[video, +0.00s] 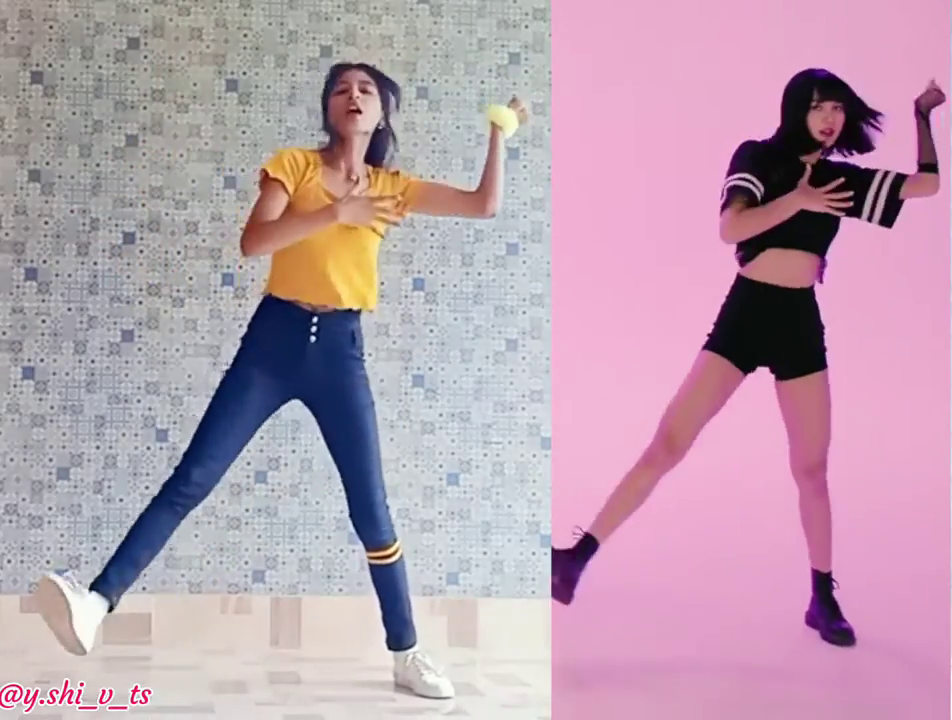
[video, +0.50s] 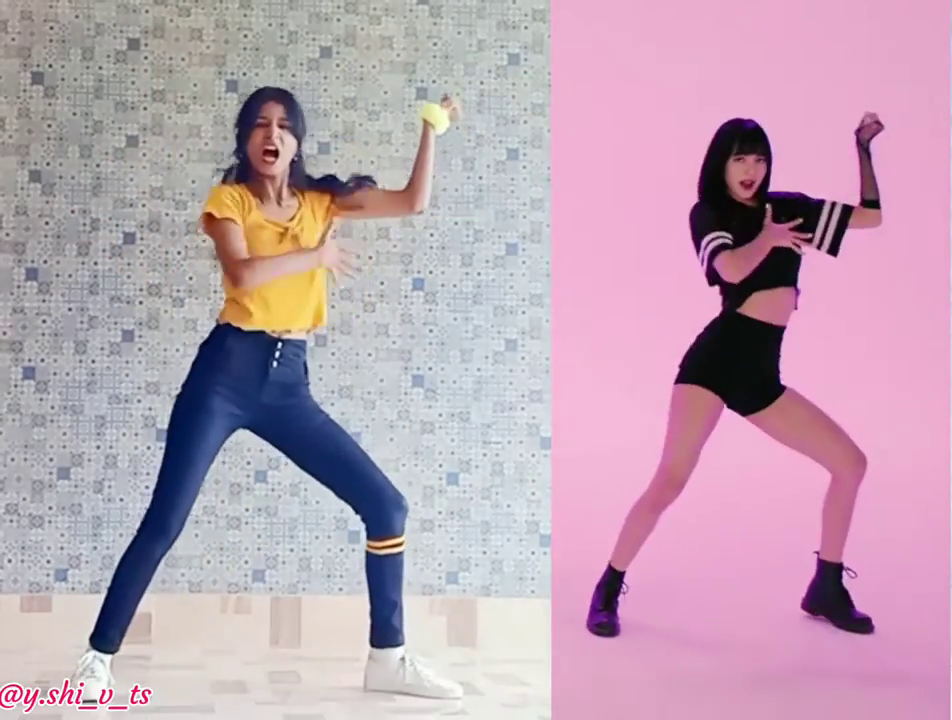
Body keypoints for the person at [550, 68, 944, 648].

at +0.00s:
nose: (829, 118)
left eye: (837, 109)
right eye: (818, 108)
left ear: (847, 117)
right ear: (796, 111)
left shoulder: (840, 177)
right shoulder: (758, 156)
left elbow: (927, 184)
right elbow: (731, 229)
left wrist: (923, 119)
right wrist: (796, 201)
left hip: (800, 325)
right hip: (742, 317)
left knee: (812, 470)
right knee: (665, 450)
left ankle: (823, 597)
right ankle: (576, 558)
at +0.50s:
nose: (748, 170)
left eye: (757, 159)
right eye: (738, 159)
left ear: (768, 165)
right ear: (718, 164)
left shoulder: (783, 209)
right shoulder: (709, 215)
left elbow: (870, 216)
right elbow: (731, 270)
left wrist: (864, 150)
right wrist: (769, 238)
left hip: (759, 374)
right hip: (714, 361)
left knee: (849, 464)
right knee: (669, 482)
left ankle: (826, 587)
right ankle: (608, 589)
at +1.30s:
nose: (707, 176)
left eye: (717, 166)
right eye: (698, 165)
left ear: (727, 169)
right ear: (681, 167)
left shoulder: (747, 209)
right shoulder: (669, 224)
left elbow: (827, 211)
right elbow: (697, 293)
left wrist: (825, 144)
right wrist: (747, 336)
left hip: (727, 367)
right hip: (680, 358)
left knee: (815, 462)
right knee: (640, 476)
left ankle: (805, 583)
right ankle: (589, 584)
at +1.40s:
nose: (704, 174)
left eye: (712, 162)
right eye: (694, 165)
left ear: (724, 165)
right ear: (679, 172)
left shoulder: (753, 210)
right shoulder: (672, 233)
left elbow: (833, 213)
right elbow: (658, 315)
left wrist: (833, 146)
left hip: (734, 372)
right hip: (686, 364)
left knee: (819, 467)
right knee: (645, 482)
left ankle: (813, 590)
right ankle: (596, 591)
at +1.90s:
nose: (772, 227)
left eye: (785, 225)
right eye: (769, 212)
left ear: (792, 236)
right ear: (750, 207)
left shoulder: (786, 280)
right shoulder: (697, 269)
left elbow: (875, 297)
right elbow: (652, 347)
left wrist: (898, 230)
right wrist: (600, 417)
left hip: (786, 409)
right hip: (730, 423)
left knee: (858, 515)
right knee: (668, 496)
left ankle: (850, 610)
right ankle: (642, 626)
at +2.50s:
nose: (738, 136)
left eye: (752, 129)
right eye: (731, 122)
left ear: (766, 140)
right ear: (713, 123)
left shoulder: (778, 192)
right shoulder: (684, 202)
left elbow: (822, 251)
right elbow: (632, 298)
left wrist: (847, 185)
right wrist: (573, 369)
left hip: (755, 363)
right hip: (697, 357)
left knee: (857, 456)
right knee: (669, 503)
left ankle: (841, 570)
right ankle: (615, 612)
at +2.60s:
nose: (746, 118)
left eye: (757, 110)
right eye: (734, 108)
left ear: (771, 122)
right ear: (714, 121)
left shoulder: (789, 198)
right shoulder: (690, 202)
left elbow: (788, 275)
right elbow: (647, 296)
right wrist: (598, 377)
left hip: (765, 359)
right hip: (704, 357)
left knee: (841, 487)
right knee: (672, 506)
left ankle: (819, 581)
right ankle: (619, 616)